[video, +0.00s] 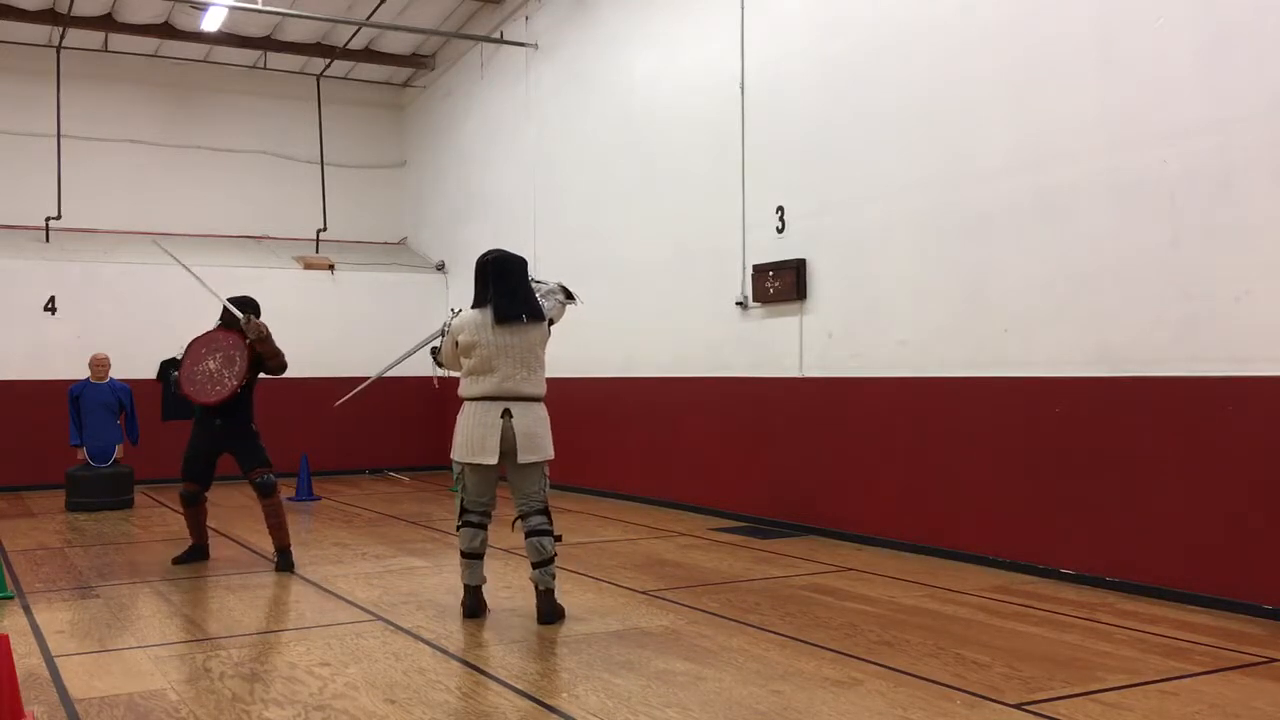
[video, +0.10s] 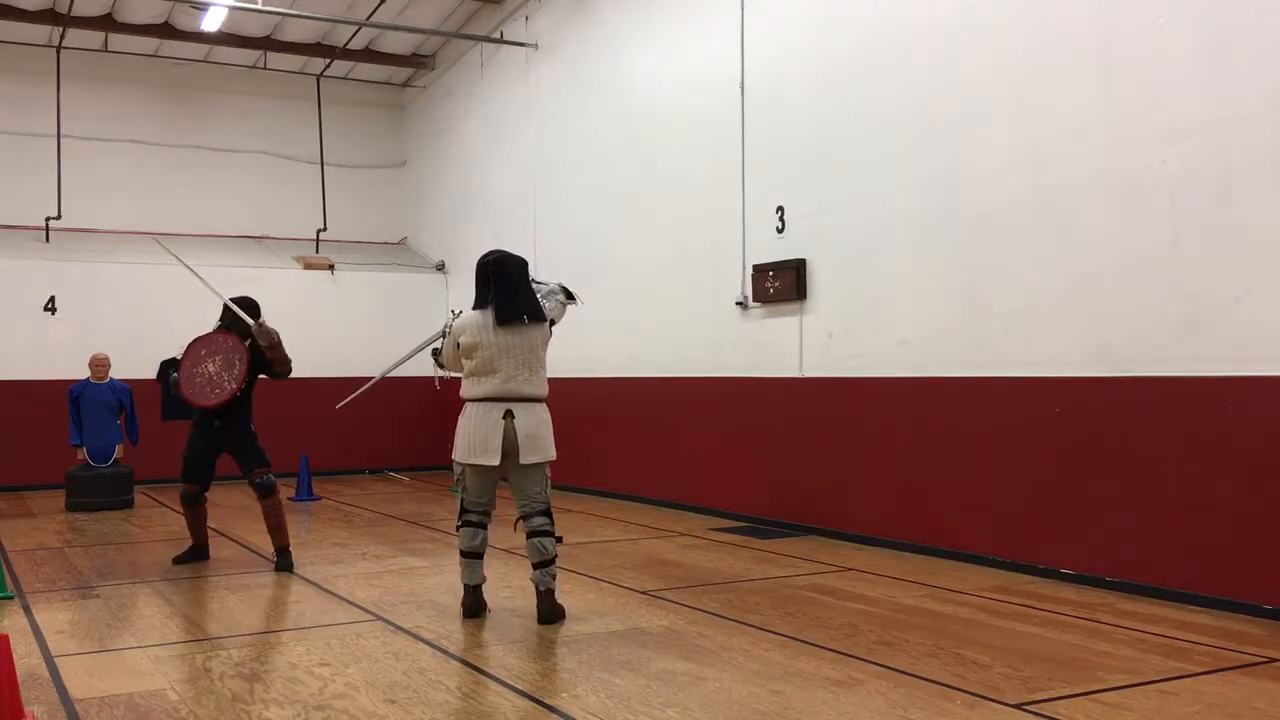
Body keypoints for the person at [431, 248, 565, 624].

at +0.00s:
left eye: (478, 280)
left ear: (481, 283)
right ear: (522, 282)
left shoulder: (465, 323)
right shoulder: (538, 318)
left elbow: (448, 360)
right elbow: (558, 297)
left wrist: (451, 331)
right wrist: (532, 283)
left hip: (478, 425)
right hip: (529, 423)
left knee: (474, 509)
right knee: (534, 508)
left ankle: (473, 595)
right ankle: (546, 599)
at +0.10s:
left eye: (479, 281)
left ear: (482, 284)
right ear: (523, 282)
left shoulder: (466, 324)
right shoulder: (539, 320)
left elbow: (450, 362)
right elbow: (558, 300)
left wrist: (450, 335)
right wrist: (537, 286)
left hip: (479, 426)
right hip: (531, 424)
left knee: (474, 509)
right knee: (536, 508)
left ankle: (472, 594)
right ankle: (546, 598)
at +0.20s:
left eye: (481, 283)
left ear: (483, 286)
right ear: (524, 284)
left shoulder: (467, 326)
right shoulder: (540, 321)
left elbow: (452, 365)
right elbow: (558, 301)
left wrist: (452, 337)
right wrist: (545, 289)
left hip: (481, 426)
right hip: (534, 424)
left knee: (472, 508)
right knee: (538, 508)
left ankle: (470, 593)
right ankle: (547, 599)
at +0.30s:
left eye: (482, 287)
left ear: (484, 289)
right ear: (525, 287)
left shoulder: (467, 330)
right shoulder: (540, 324)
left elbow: (452, 370)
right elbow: (557, 305)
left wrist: (453, 338)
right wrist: (540, 289)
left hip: (481, 430)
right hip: (533, 428)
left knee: (468, 507)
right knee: (541, 514)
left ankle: (459, 586)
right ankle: (547, 598)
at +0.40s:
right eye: (526, 297)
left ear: (484, 301)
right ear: (524, 299)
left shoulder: (466, 341)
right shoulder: (539, 334)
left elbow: (457, 382)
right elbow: (556, 315)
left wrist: (453, 350)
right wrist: (546, 300)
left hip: (481, 439)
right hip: (532, 439)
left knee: (476, 518)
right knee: (547, 515)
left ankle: (456, 592)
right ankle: (548, 584)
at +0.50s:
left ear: (488, 306)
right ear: (529, 303)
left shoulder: (473, 346)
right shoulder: (545, 336)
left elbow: (464, 389)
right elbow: (560, 317)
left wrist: (456, 357)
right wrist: (536, 300)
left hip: (490, 443)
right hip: (542, 441)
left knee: (479, 517)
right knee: (555, 513)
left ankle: (456, 593)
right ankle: (558, 585)